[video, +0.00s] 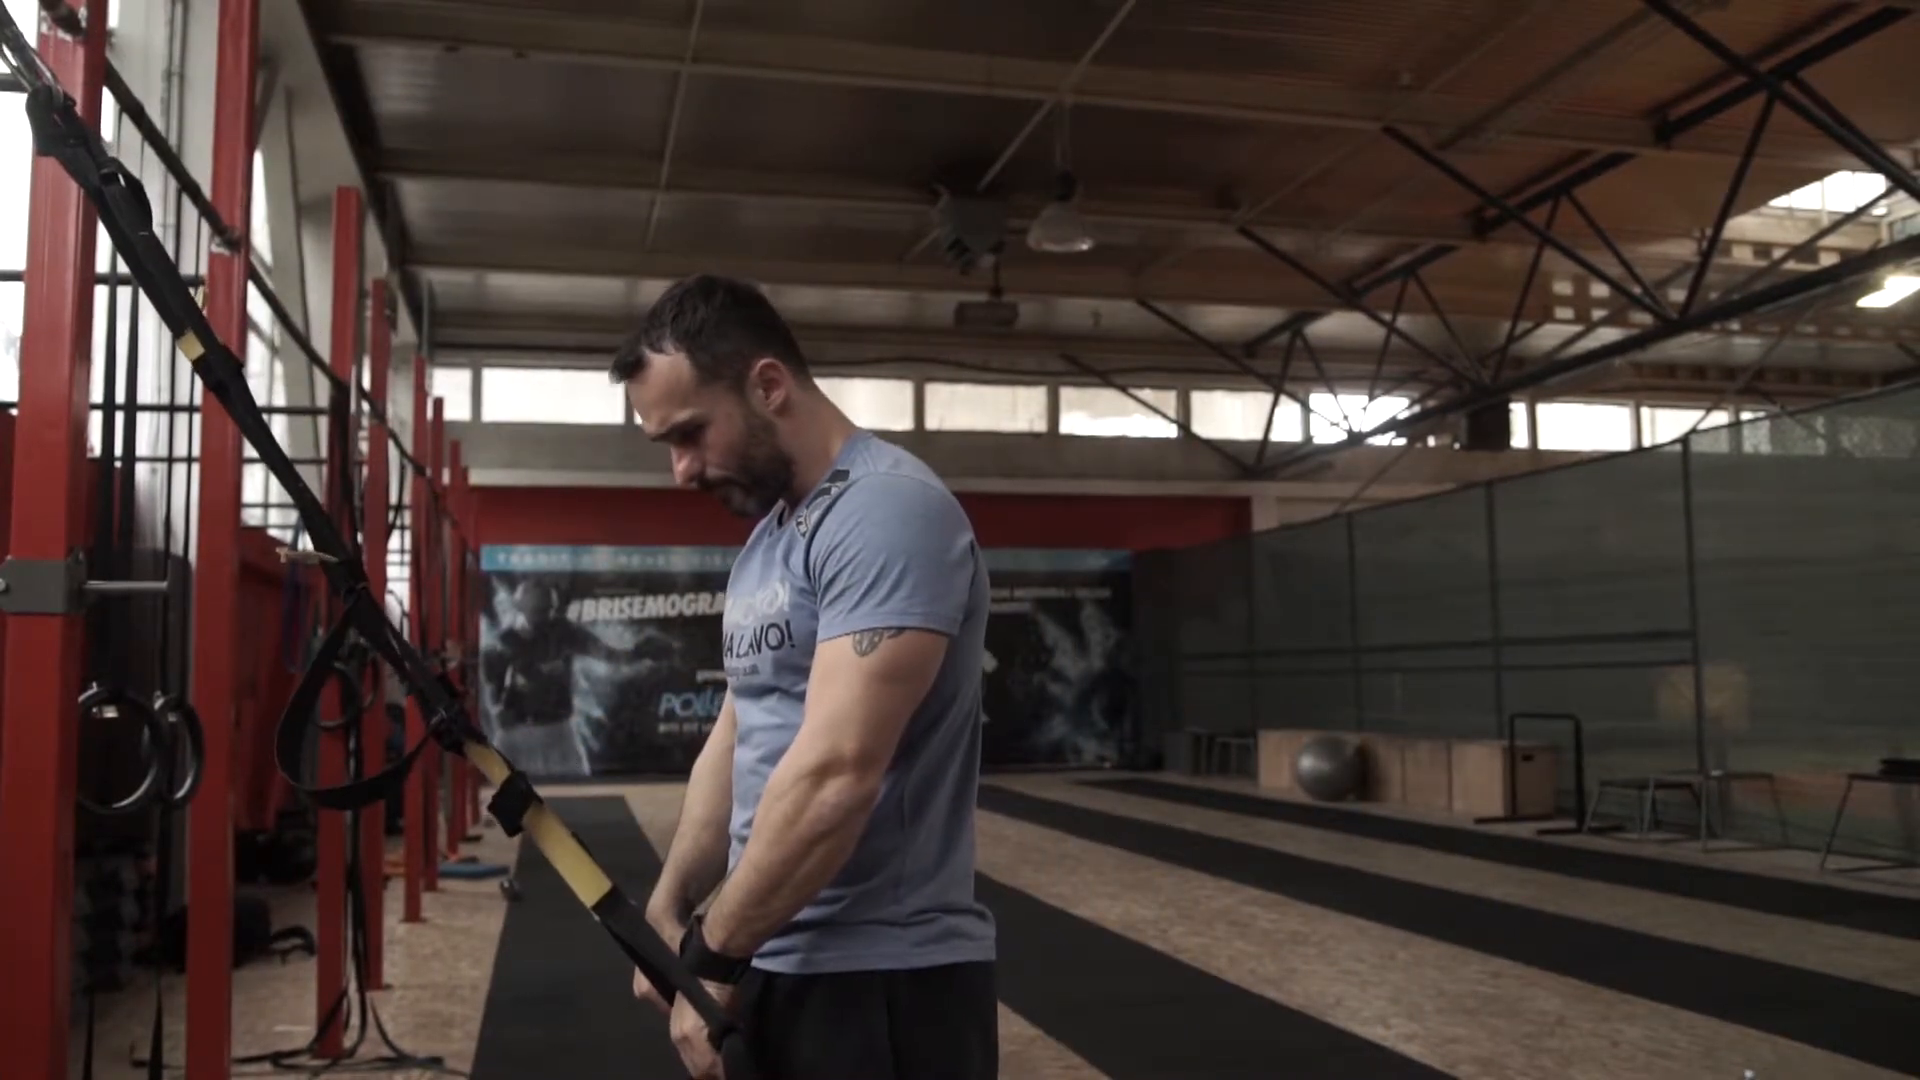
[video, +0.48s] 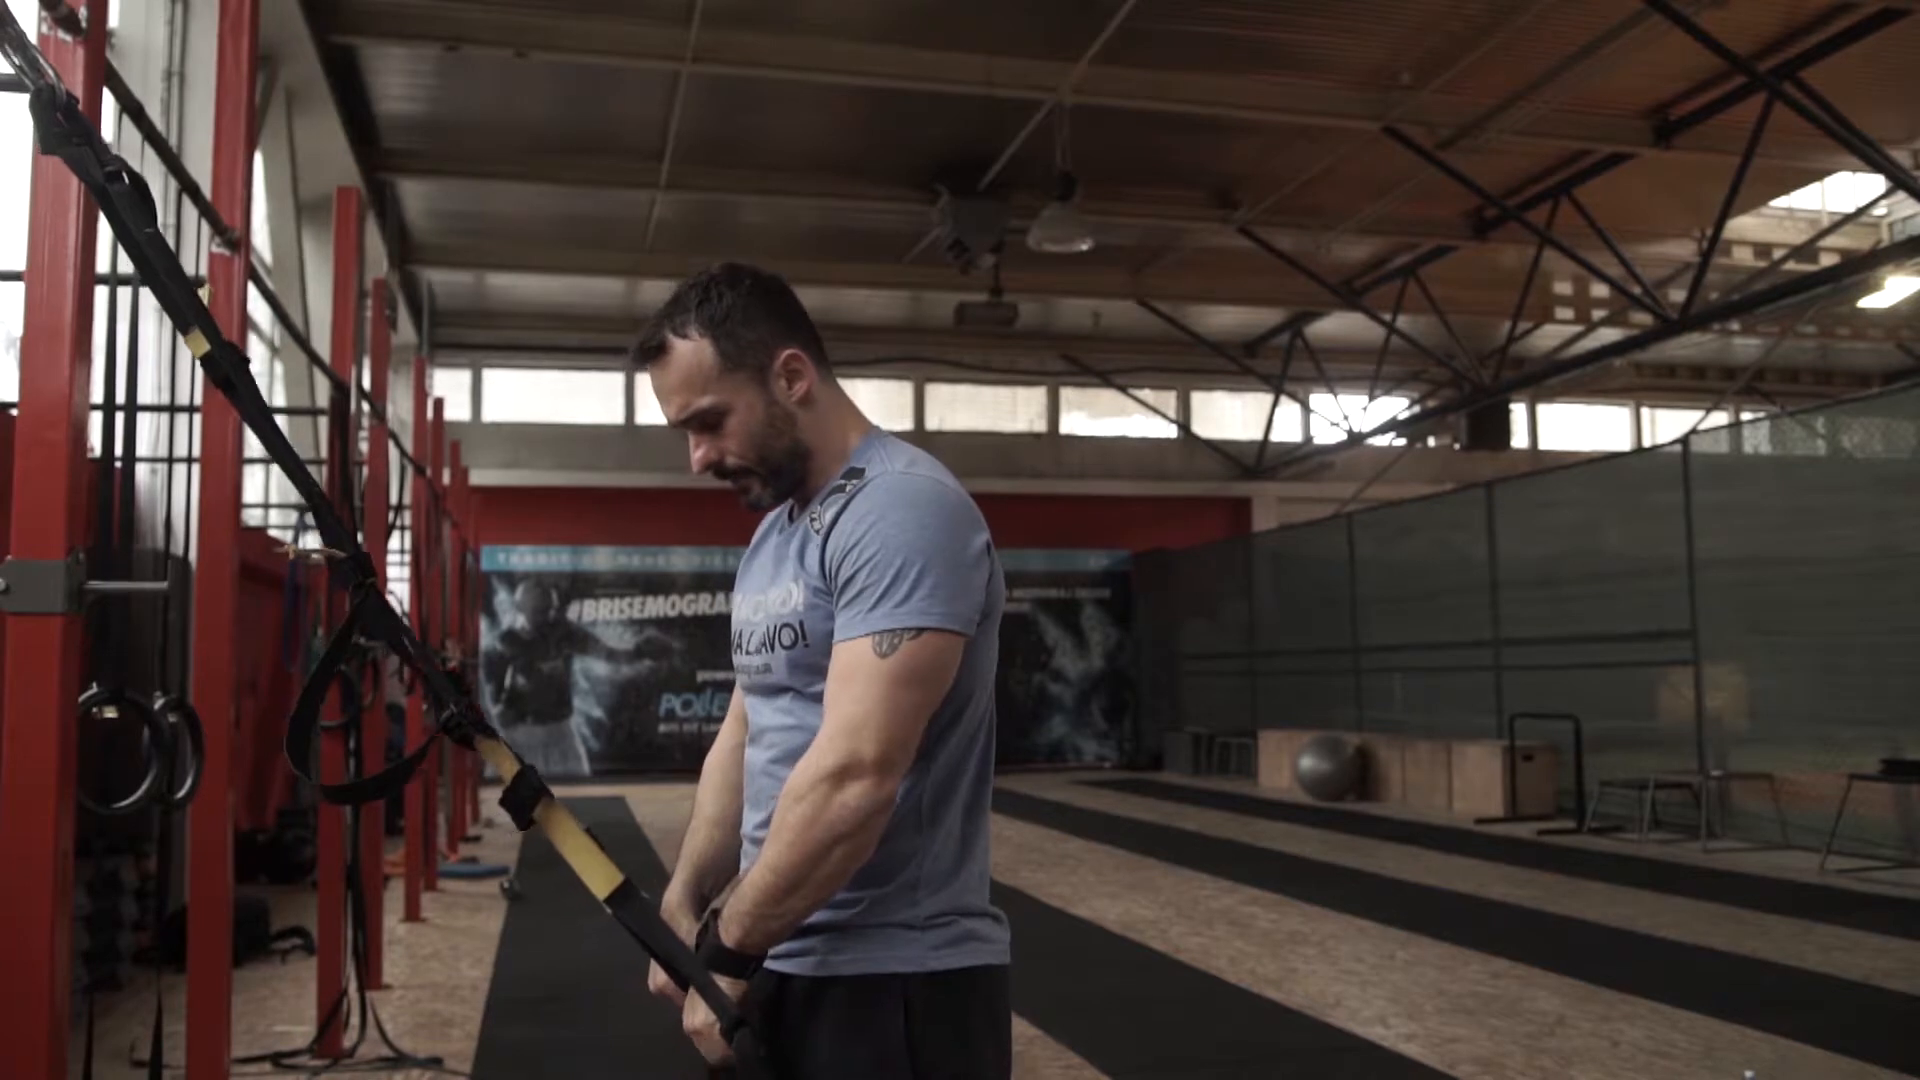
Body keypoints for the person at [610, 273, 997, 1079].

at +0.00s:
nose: (681, 471)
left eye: (689, 434)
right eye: (667, 447)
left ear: (768, 385)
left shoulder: (892, 509)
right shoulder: (765, 546)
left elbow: (838, 773)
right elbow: (735, 736)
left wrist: (714, 957)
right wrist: (670, 900)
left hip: (887, 984)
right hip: (776, 972)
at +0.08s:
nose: (684, 470)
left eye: (693, 433)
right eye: (670, 445)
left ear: (773, 385)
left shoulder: (895, 509)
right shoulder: (768, 546)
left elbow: (840, 774)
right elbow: (738, 735)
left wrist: (716, 958)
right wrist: (672, 900)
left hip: (888, 984)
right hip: (779, 973)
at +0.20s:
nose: (687, 467)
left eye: (696, 430)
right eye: (674, 441)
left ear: (778, 383)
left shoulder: (900, 509)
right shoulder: (770, 546)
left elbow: (845, 772)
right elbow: (740, 736)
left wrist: (717, 956)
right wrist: (674, 900)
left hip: (891, 985)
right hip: (779, 973)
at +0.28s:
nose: (690, 464)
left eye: (699, 428)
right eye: (677, 439)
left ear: (781, 382)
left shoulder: (903, 510)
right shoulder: (772, 545)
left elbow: (848, 773)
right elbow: (740, 735)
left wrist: (718, 959)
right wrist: (677, 897)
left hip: (893, 986)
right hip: (778, 973)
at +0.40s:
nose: (695, 461)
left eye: (704, 425)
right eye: (681, 436)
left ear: (786, 379)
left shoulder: (905, 509)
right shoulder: (773, 541)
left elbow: (852, 775)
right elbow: (741, 735)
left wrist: (722, 955)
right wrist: (680, 895)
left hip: (897, 984)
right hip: (784, 973)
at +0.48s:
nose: (699, 460)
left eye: (709, 423)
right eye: (685, 434)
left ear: (792, 377)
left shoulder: (907, 508)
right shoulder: (774, 536)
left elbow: (857, 776)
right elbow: (744, 731)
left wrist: (727, 950)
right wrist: (686, 894)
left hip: (900, 986)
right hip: (787, 974)